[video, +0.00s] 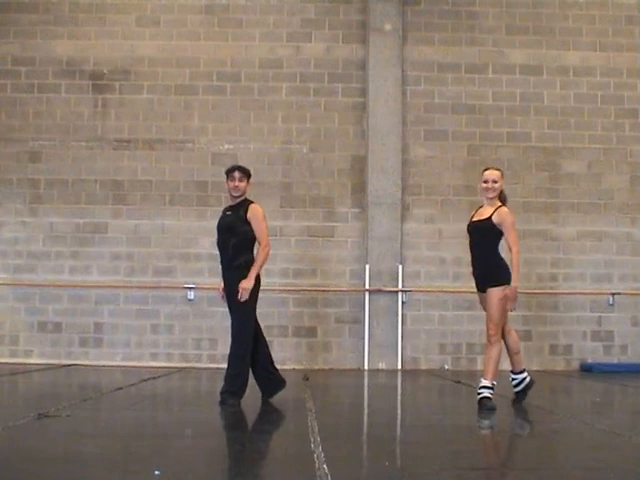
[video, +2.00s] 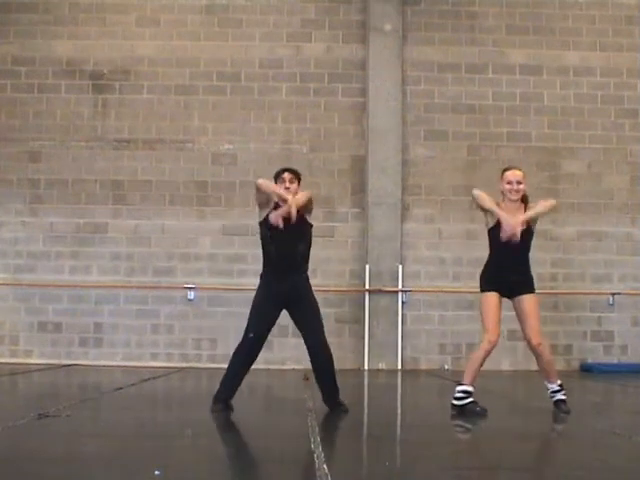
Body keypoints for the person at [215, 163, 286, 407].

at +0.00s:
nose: (236, 184)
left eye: (241, 180)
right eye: (232, 180)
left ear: (248, 184)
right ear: (226, 183)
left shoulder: (253, 210)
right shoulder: (228, 211)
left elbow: (265, 247)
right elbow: (230, 250)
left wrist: (250, 278)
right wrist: (225, 280)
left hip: (246, 279)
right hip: (230, 279)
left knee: (240, 335)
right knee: (249, 332)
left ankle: (232, 392)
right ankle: (271, 381)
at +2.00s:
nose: (287, 186)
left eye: (291, 182)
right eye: (282, 182)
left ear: (300, 188)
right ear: (274, 188)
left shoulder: (303, 210)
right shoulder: (267, 212)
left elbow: (305, 195)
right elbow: (260, 184)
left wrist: (283, 211)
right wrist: (288, 198)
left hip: (300, 291)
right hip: (270, 291)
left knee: (318, 345)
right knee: (251, 343)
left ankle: (332, 400)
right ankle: (222, 398)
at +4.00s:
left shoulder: (268, 315)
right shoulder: (245, 268)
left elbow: (259, 360)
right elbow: (229, 230)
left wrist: (255, 401)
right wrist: (213, 194)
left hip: (267, 323)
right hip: (231, 317)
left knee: (308, 358)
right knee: (189, 355)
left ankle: (353, 399)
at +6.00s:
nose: (255, 135)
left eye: (260, 131)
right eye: (251, 130)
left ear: (266, 136)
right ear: (243, 134)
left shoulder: (276, 167)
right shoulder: (226, 160)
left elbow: (291, 196)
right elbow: (211, 191)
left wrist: (281, 230)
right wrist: (215, 227)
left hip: (264, 240)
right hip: (233, 238)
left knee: (295, 289)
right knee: (196, 279)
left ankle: (327, 343)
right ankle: (153, 329)